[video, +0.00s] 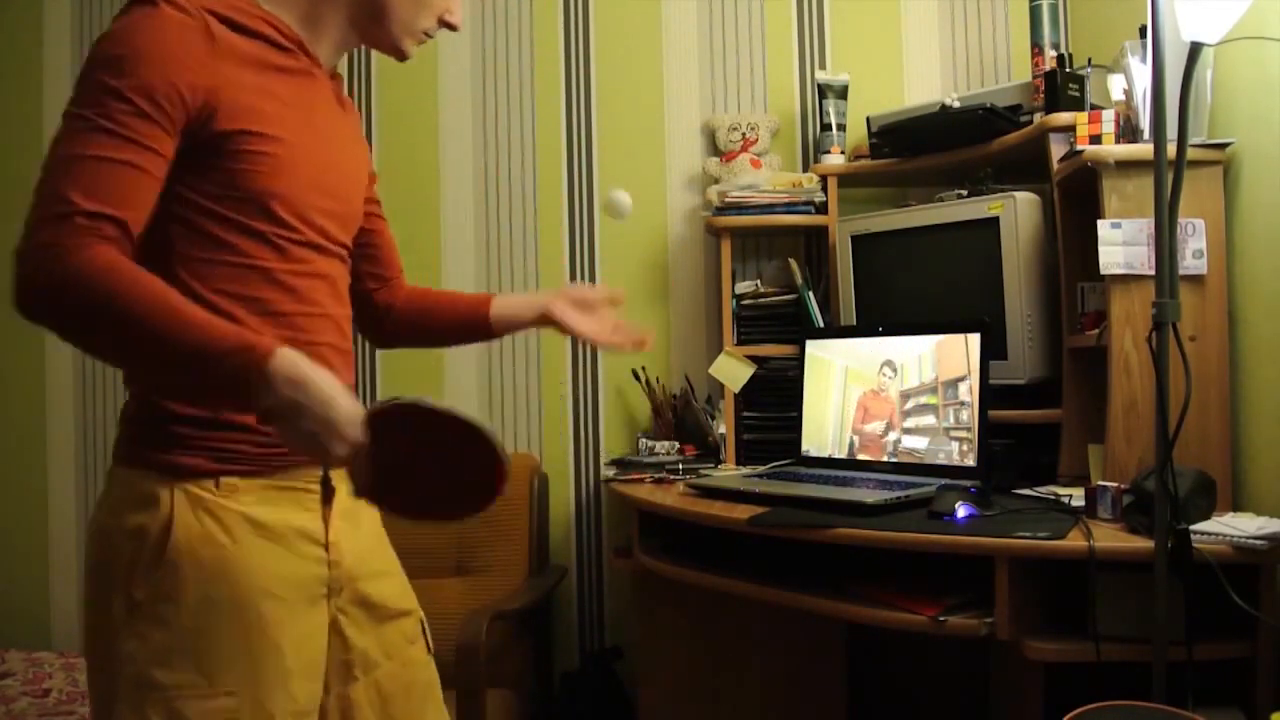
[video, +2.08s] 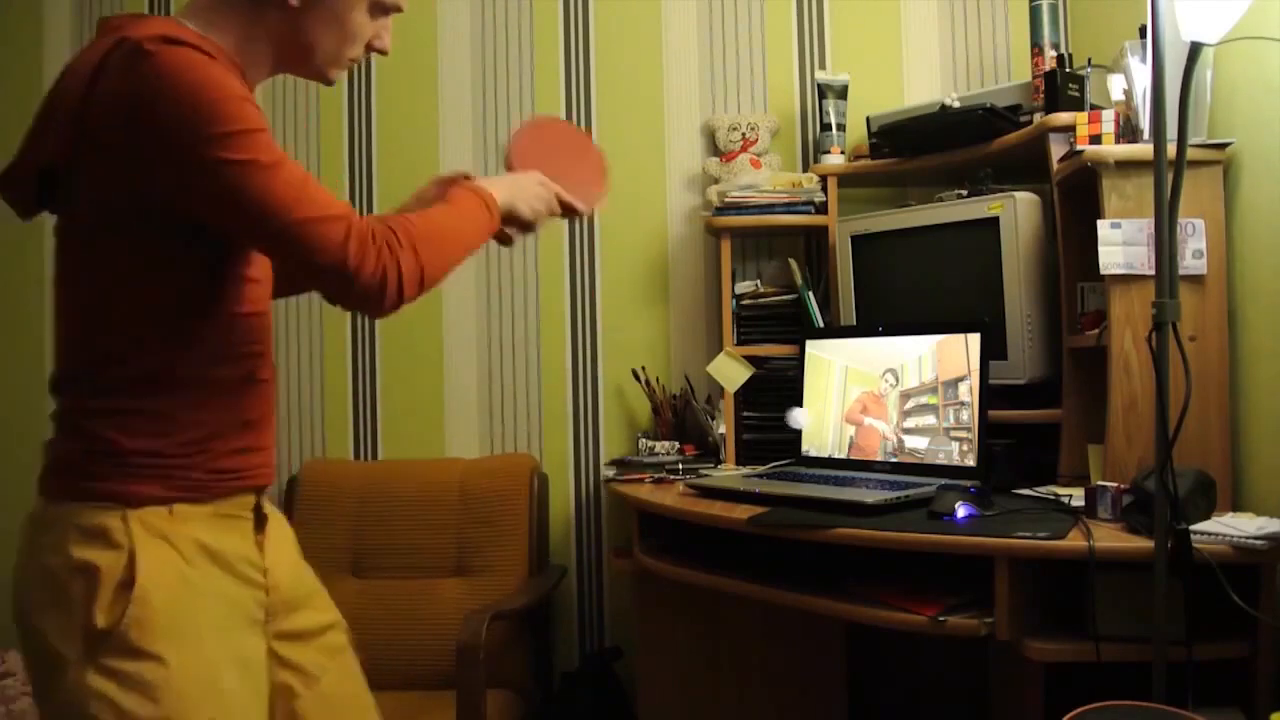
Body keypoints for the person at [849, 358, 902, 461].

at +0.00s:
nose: (885, 380)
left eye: (890, 378)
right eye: (883, 375)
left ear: (893, 380)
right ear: (878, 374)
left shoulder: (891, 402)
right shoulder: (865, 398)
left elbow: (896, 428)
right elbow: (855, 428)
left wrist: (891, 436)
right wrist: (871, 428)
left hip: (882, 452)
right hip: (865, 450)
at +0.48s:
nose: (882, 378)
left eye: (886, 376)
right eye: (880, 373)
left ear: (889, 380)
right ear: (874, 372)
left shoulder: (884, 402)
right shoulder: (859, 396)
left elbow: (885, 428)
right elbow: (846, 426)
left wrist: (886, 441)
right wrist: (864, 436)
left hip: (878, 457)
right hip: (859, 455)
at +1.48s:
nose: (881, 382)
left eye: (886, 380)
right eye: (880, 376)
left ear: (888, 383)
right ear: (874, 374)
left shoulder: (883, 404)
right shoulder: (858, 396)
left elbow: (882, 429)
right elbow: (842, 420)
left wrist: (884, 437)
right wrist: (860, 427)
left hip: (874, 454)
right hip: (857, 453)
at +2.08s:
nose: (886, 387)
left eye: (891, 385)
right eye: (886, 381)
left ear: (893, 388)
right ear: (880, 378)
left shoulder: (884, 404)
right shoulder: (865, 397)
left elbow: (883, 426)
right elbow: (849, 416)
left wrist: (889, 434)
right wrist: (872, 422)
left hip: (874, 454)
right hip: (859, 453)